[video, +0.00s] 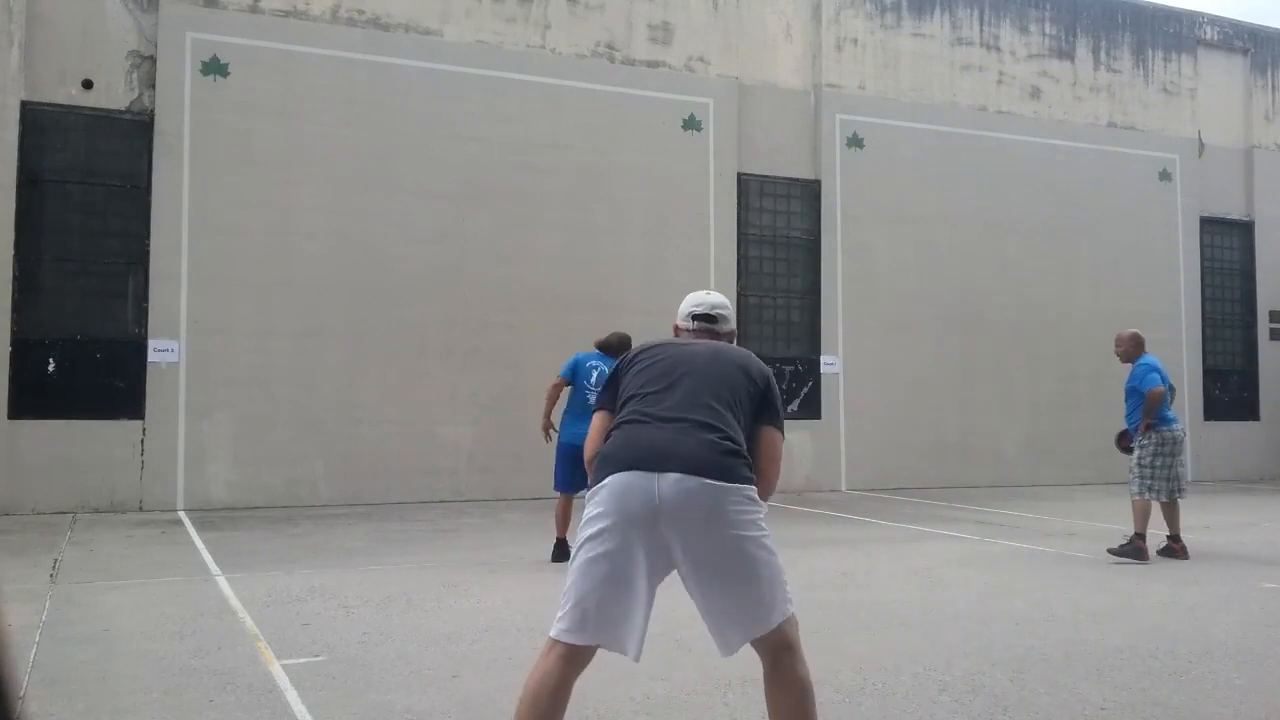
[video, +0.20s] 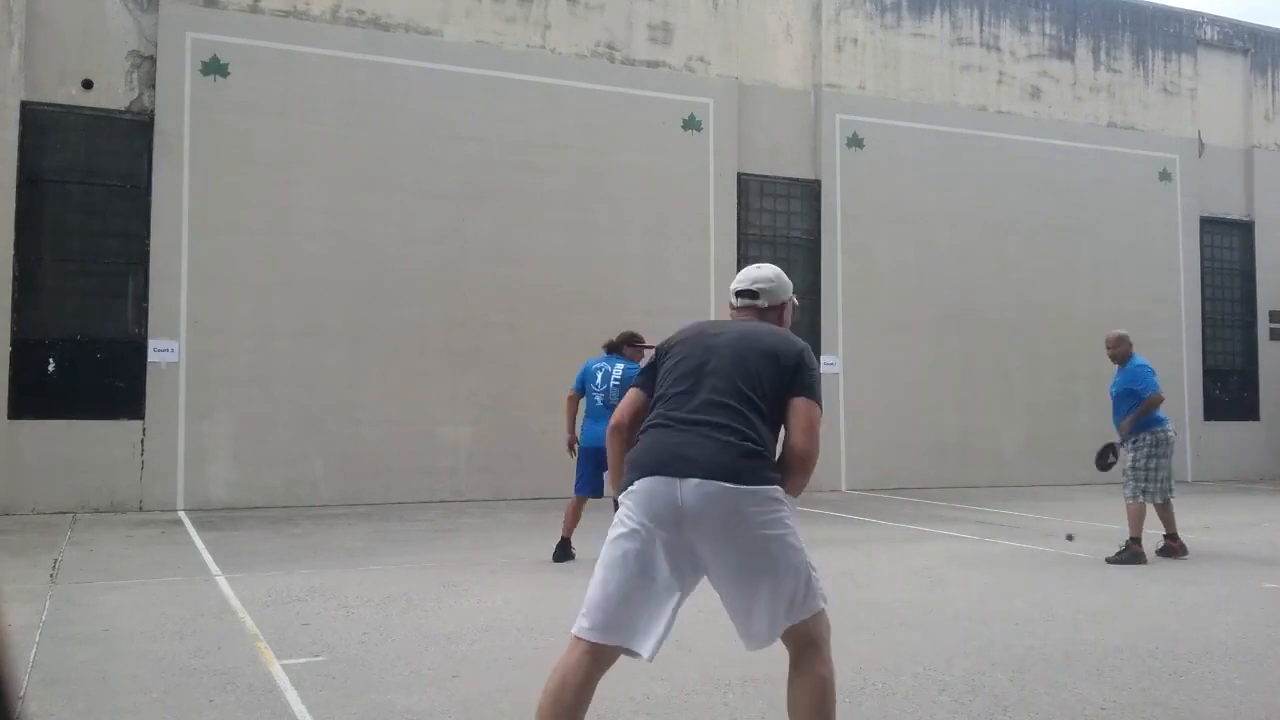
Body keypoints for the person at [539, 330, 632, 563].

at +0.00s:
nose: (628, 355)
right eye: (628, 352)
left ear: (604, 344)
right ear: (625, 352)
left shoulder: (581, 359)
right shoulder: (626, 370)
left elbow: (557, 386)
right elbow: (629, 408)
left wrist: (546, 417)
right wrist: (623, 436)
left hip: (569, 440)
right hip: (601, 442)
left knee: (566, 494)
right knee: (601, 495)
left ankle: (560, 545)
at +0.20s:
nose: (642, 354)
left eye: (643, 349)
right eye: (640, 349)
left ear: (618, 347)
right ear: (628, 348)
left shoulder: (591, 366)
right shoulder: (635, 371)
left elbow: (573, 397)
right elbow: (640, 408)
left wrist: (570, 432)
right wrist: (639, 437)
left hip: (589, 443)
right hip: (619, 443)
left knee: (580, 495)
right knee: (623, 495)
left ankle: (563, 544)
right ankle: (627, 543)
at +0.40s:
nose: (649, 355)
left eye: (650, 351)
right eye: (646, 351)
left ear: (626, 352)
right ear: (632, 351)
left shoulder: (603, 371)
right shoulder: (640, 374)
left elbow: (584, 402)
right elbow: (645, 408)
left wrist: (593, 430)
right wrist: (642, 432)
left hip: (597, 446)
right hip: (629, 448)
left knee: (590, 495)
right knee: (646, 499)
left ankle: (570, 549)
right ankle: (634, 555)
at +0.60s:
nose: (647, 342)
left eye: (646, 337)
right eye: (644, 338)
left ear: (620, 337)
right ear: (634, 337)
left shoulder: (598, 361)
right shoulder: (644, 358)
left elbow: (590, 399)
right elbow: (652, 395)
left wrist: (606, 418)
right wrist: (650, 421)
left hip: (601, 433)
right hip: (634, 434)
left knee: (584, 487)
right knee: (649, 490)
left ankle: (564, 542)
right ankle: (639, 546)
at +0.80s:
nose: (633, 358)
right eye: (631, 355)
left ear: (607, 358)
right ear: (632, 358)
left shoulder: (591, 381)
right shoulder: (641, 377)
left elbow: (588, 419)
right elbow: (648, 417)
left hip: (594, 452)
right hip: (630, 452)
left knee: (567, 502)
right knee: (654, 499)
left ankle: (543, 554)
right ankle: (660, 556)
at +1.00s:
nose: (639, 386)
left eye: (634, 382)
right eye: (642, 383)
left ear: (625, 382)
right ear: (645, 385)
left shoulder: (609, 402)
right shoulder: (649, 406)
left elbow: (583, 431)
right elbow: (660, 442)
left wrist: (571, 461)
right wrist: (679, 459)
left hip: (594, 465)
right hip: (629, 466)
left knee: (570, 510)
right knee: (662, 502)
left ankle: (546, 556)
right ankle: (678, 556)